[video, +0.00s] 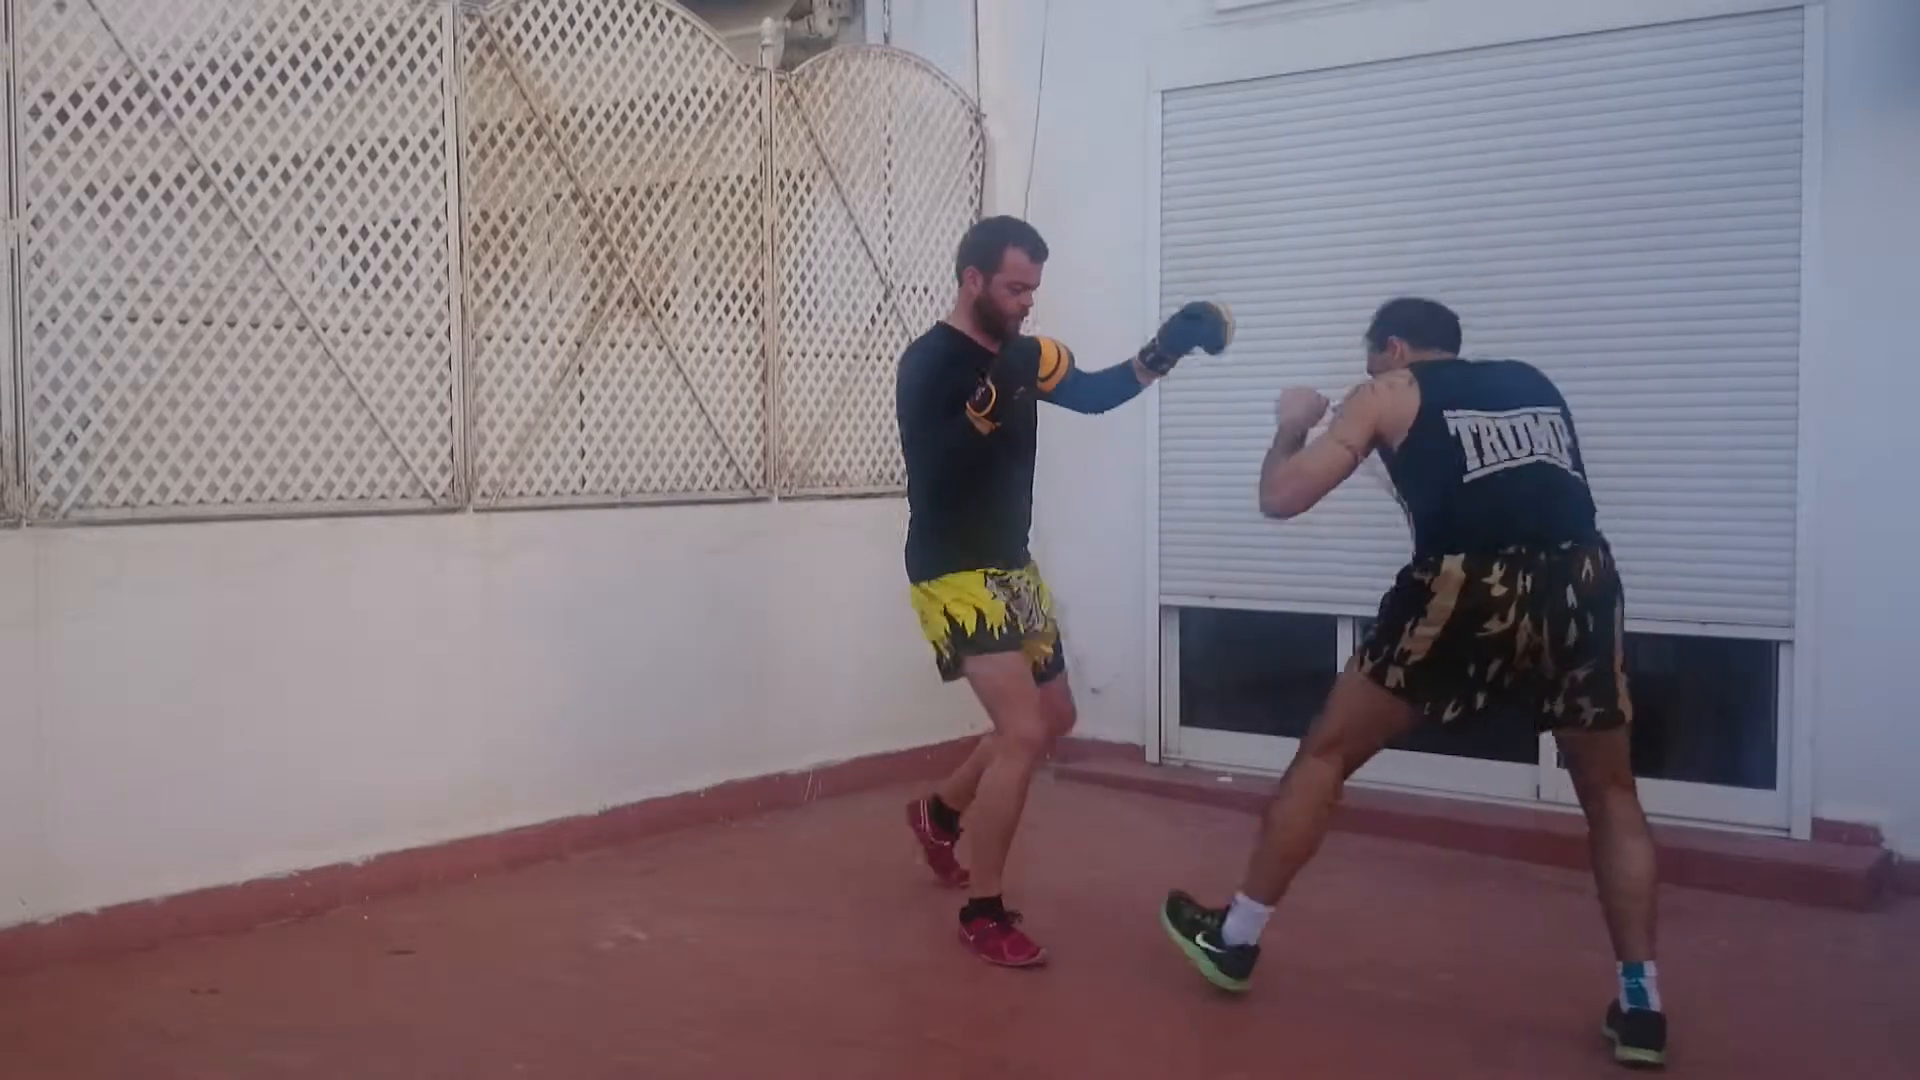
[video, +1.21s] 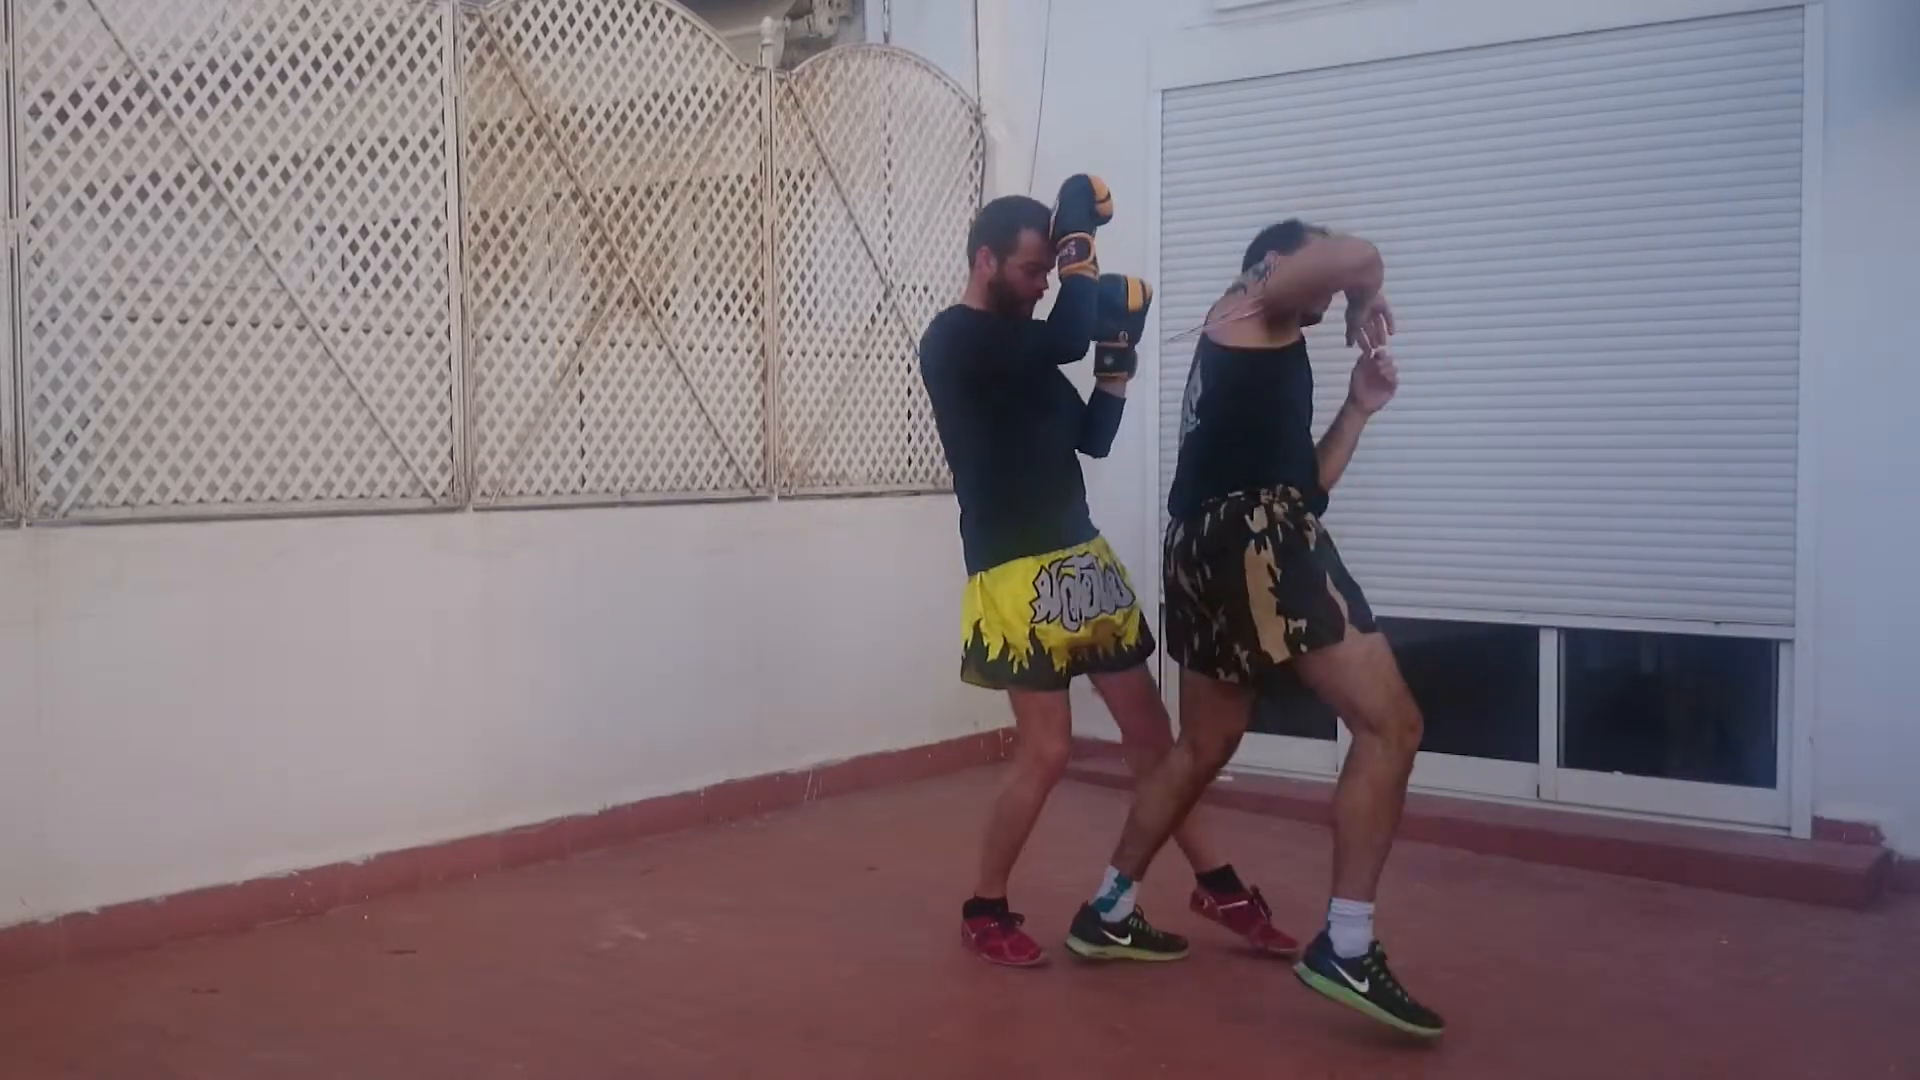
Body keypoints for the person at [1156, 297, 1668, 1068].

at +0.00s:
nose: (1371, 374)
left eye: (1373, 363)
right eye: (1373, 364)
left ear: (1393, 351)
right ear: (1451, 346)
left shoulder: (1385, 393)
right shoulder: (1531, 382)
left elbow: (1279, 496)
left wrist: (1290, 428)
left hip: (1465, 589)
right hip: (1581, 591)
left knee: (1328, 753)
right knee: (1613, 794)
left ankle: (1236, 938)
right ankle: (1641, 1004)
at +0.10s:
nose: (1319, 431)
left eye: (1319, 422)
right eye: (1321, 422)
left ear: (1339, 412)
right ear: (1400, 401)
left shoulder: (1329, 456)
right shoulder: (1472, 417)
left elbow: (1218, 552)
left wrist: (1256, 497)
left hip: (1423, 615)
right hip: (1544, 604)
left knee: (1295, 769)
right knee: (1607, 794)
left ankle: (1173, 925)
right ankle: (1644, 1003)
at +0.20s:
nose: (1254, 464)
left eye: (1254, 452)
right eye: (1257, 453)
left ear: (1270, 448)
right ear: (1326, 430)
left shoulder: (1257, 489)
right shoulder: (1394, 433)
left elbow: (1167, 591)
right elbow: (1423, 515)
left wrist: (1161, 602)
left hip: (1354, 605)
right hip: (1470, 587)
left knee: (1255, 782)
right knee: (1563, 795)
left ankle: (1158, 930)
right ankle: (1640, 997)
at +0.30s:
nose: (1213, 468)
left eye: (1213, 461)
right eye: (1212, 460)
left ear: (1226, 455)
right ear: (1281, 432)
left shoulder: (1217, 494)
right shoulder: (1346, 435)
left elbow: (1146, 608)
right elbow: (1411, 525)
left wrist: (1145, 645)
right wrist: (1400, 597)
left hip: (1280, 593)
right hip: (1393, 580)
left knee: (1215, 750)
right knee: (1511, 787)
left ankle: (1149, 928)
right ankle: (1573, 1001)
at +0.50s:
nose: (1294, 310)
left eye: (1289, 301)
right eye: (1276, 300)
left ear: (1223, 345)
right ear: (1232, 326)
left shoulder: (1198, 427)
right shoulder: (1263, 350)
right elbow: (1390, 361)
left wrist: (1316, 385)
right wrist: (1318, 361)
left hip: (1220, 593)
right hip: (1294, 572)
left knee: (1252, 769)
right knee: (1405, 774)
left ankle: (1123, 922)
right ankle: (1396, 1013)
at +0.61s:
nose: (1278, 291)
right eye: (1262, 283)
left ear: (1258, 306)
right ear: (1234, 290)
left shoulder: (1282, 409)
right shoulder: (1204, 325)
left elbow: (1372, 504)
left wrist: (1405, 421)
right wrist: (1309, 308)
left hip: (1218, 569)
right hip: (1254, 554)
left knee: (1242, 777)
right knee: (1361, 756)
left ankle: (1112, 918)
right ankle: (1321, 985)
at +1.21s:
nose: (1324, 287)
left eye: (1324, 269)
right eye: (1322, 264)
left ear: (1267, 269)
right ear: (1281, 264)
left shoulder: (1257, 349)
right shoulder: (1254, 303)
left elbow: (1305, 487)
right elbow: (1358, 253)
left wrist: (1357, 408)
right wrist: (1366, 303)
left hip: (1204, 547)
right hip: (1265, 539)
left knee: (1203, 744)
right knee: (1390, 725)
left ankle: (1108, 906)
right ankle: (1346, 948)